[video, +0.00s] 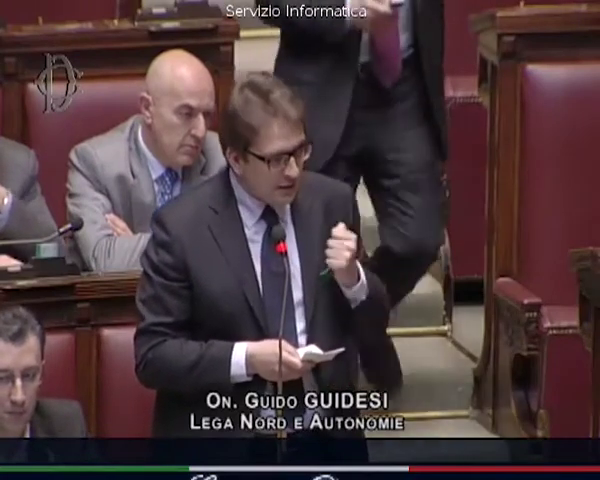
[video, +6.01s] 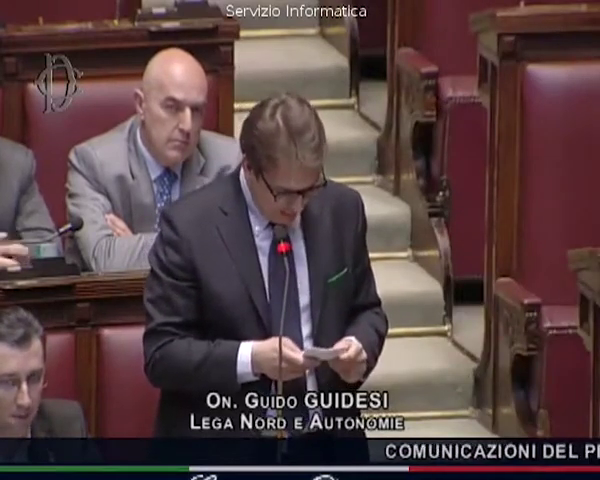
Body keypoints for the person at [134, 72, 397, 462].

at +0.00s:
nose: (294, 170)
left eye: (300, 152)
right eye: (277, 159)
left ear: (309, 142)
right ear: (235, 157)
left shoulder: (333, 200)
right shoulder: (180, 224)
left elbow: (374, 322)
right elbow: (153, 356)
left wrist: (353, 280)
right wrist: (246, 358)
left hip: (324, 436)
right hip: (219, 443)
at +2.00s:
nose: (268, 150)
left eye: (284, 135)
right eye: (254, 132)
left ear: (302, 139)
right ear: (234, 134)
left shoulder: (342, 208)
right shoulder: (184, 219)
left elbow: (372, 314)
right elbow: (154, 349)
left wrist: (350, 352)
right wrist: (243, 357)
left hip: (323, 439)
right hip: (216, 443)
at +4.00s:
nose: (300, 178)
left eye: (303, 159)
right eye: (284, 168)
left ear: (309, 146)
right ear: (240, 166)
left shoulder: (328, 202)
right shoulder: (176, 227)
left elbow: (355, 300)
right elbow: (152, 359)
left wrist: (373, 322)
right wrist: (246, 358)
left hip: (322, 435)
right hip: (217, 443)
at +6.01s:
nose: (297, 207)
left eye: (309, 191)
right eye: (284, 193)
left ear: (320, 167)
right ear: (248, 169)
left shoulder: (342, 208)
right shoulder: (187, 223)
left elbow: (369, 312)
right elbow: (162, 354)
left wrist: (360, 345)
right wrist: (250, 359)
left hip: (325, 442)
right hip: (221, 446)